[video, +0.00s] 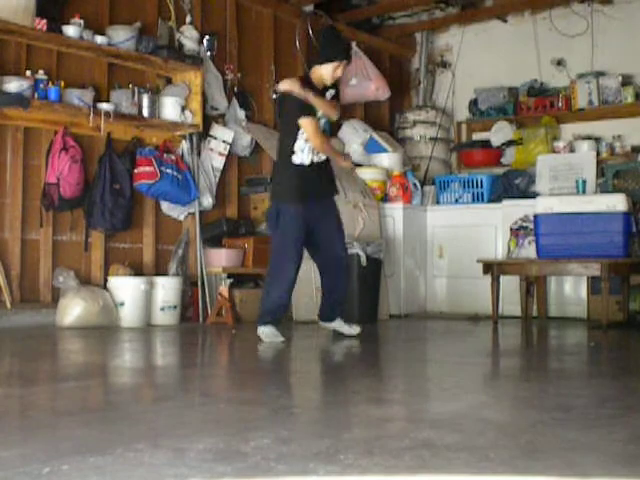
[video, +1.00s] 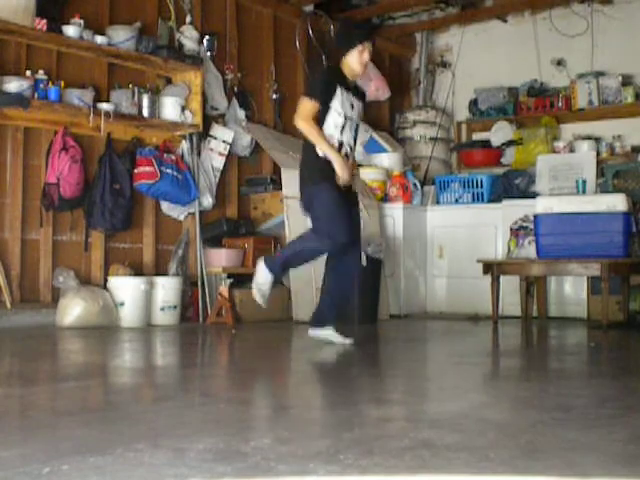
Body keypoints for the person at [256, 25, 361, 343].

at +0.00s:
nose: (341, 71)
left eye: (343, 66)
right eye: (340, 65)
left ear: (333, 64)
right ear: (326, 62)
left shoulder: (327, 90)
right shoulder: (295, 92)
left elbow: (335, 114)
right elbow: (314, 138)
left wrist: (303, 93)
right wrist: (338, 157)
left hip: (320, 191)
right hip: (290, 193)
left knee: (334, 257)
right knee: (285, 261)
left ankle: (329, 316)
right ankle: (267, 322)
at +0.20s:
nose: (356, 79)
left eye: (357, 74)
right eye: (356, 73)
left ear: (340, 71)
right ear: (346, 70)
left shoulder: (339, 104)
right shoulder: (322, 102)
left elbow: (357, 146)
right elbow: (324, 153)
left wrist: (350, 129)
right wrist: (352, 189)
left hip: (335, 195)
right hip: (319, 195)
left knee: (346, 264)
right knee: (327, 264)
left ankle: (322, 323)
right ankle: (277, 311)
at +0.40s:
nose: (376, 68)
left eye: (377, 62)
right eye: (374, 61)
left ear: (361, 61)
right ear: (359, 60)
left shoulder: (354, 95)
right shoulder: (339, 88)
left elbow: (340, 137)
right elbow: (315, 127)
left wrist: (352, 170)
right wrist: (339, 168)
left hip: (336, 177)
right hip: (330, 177)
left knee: (339, 248)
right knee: (358, 248)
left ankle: (323, 313)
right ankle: (338, 315)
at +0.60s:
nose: (384, 74)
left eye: (384, 68)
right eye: (381, 68)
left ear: (365, 67)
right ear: (368, 66)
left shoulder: (357, 96)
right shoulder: (352, 92)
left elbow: (347, 141)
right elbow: (325, 127)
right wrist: (347, 172)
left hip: (335, 195)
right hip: (348, 193)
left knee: (349, 259)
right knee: (373, 258)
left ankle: (312, 317)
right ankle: (373, 329)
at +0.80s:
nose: (380, 68)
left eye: (381, 62)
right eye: (376, 61)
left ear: (367, 63)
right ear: (360, 60)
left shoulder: (360, 97)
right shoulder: (343, 86)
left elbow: (354, 141)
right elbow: (326, 126)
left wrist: (367, 173)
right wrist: (359, 157)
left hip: (343, 182)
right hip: (330, 182)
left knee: (349, 254)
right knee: (349, 254)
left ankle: (326, 320)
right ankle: (335, 322)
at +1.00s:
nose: (367, 59)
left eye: (368, 52)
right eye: (363, 52)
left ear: (364, 53)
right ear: (346, 51)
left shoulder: (357, 92)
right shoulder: (325, 78)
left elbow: (348, 137)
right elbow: (301, 119)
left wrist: (351, 166)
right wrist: (334, 157)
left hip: (342, 179)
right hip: (318, 175)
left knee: (349, 249)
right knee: (333, 235)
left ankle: (323, 323)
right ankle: (271, 266)